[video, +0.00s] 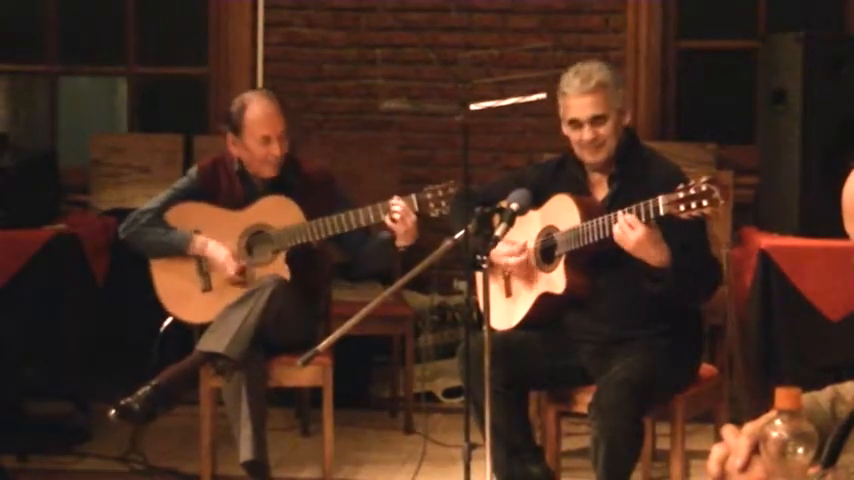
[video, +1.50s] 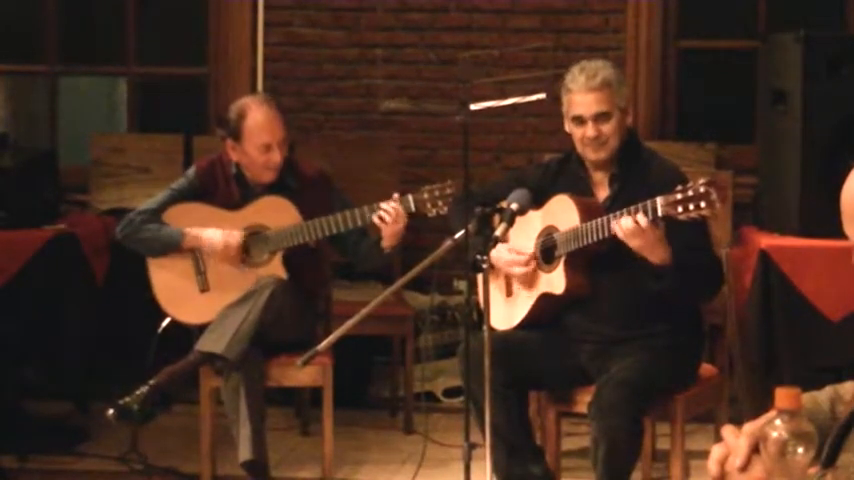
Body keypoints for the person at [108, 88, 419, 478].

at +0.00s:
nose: (277, 150)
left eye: (282, 138)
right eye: (265, 141)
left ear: (289, 133)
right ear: (235, 143)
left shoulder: (309, 182)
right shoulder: (212, 177)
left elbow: (357, 252)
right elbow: (134, 229)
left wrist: (397, 242)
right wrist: (203, 247)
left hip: (296, 317)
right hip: (227, 312)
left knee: (273, 287)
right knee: (246, 358)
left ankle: (168, 383)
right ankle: (254, 468)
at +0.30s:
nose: (271, 147)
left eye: (276, 135)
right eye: (258, 138)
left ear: (284, 132)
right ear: (228, 141)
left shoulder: (307, 182)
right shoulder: (207, 179)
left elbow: (352, 251)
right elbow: (132, 233)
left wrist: (391, 239)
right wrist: (203, 238)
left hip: (296, 316)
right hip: (227, 311)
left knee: (269, 288)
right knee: (243, 354)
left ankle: (167, 385)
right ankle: (254, 469)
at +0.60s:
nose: (271, 150)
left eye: (276, 138)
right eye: (258, 141)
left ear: (284, 134)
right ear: (228, 143)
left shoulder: (306, 182)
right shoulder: (207, 178)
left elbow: (354, 249)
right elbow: (131, 232)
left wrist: (388, 242)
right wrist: (204, 241)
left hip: (295, 314)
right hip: (229, 312)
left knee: (269, 290)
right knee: (241, 351)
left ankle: (167, 384)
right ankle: (254, 468)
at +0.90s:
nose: (272, 153)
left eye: (278, 140)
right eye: (260, 143)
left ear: (286, 137)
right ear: (230, 145)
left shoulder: (307, 183)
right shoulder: (208, 177)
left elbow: (355, 249)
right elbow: (132, 230)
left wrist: (388, 242)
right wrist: (200, 245)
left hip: (296, 314)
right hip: (228, 311)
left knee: (270, 289)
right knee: (242, 353)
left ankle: (166, 383)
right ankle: (254, 468)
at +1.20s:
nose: (276, 156)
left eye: (281, 144)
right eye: (264, 147)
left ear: (288, 138)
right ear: (233, 148)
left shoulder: (307, 182)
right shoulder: (209, 177)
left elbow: (356, 250)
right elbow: (131, 228)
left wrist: (387, 242)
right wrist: (199, 244)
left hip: (296, 314)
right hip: (230, 311)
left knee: (272, 290)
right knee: (244, 356)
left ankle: (167, 382)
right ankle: (255, 469)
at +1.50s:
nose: (276, 158)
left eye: (281, 146)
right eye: (264, 149)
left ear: (288, 140)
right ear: (233, 149)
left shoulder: (307, 183)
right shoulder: (209, 177)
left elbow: (355, 252)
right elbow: (131, 229)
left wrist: (386, 244)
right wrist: (202, 238)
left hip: (297, 313)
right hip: (229, 309)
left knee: (271, 289)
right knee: (244, 355)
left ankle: (167, 382)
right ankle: (255, 469)